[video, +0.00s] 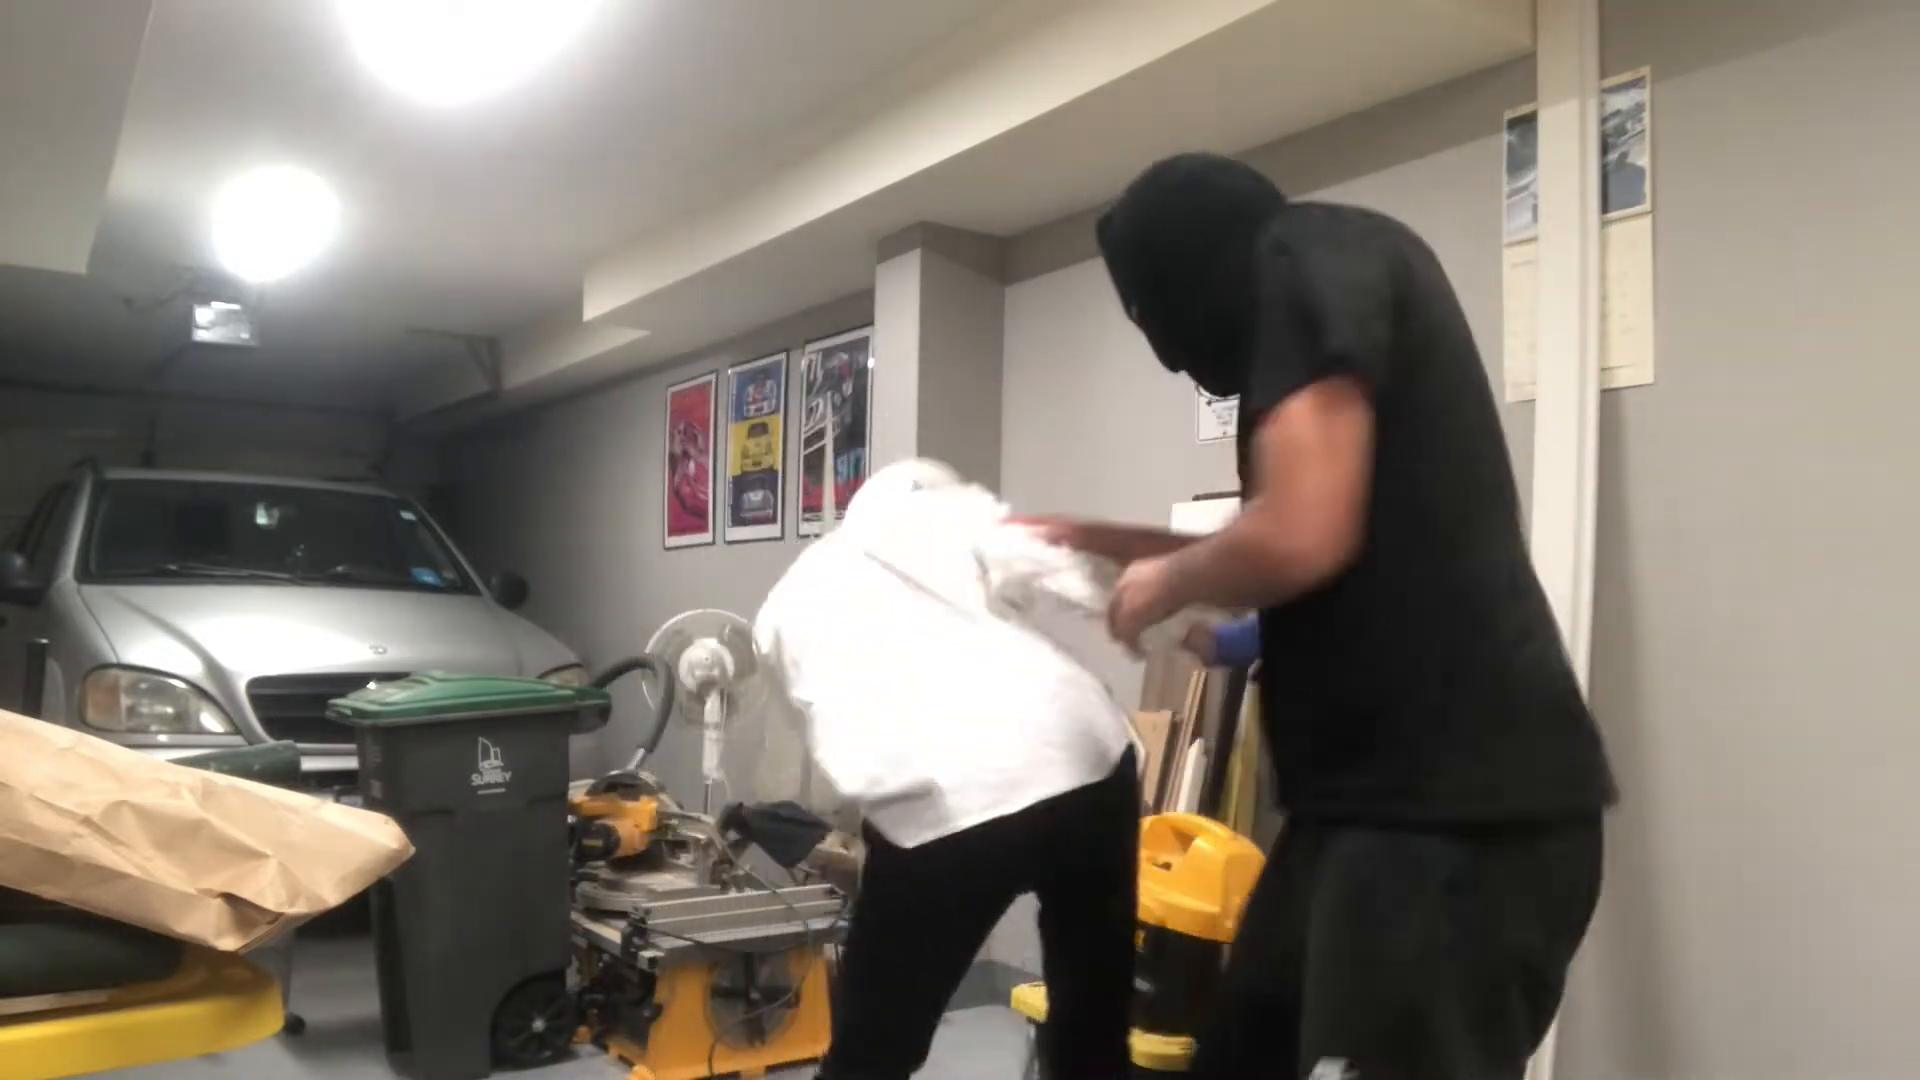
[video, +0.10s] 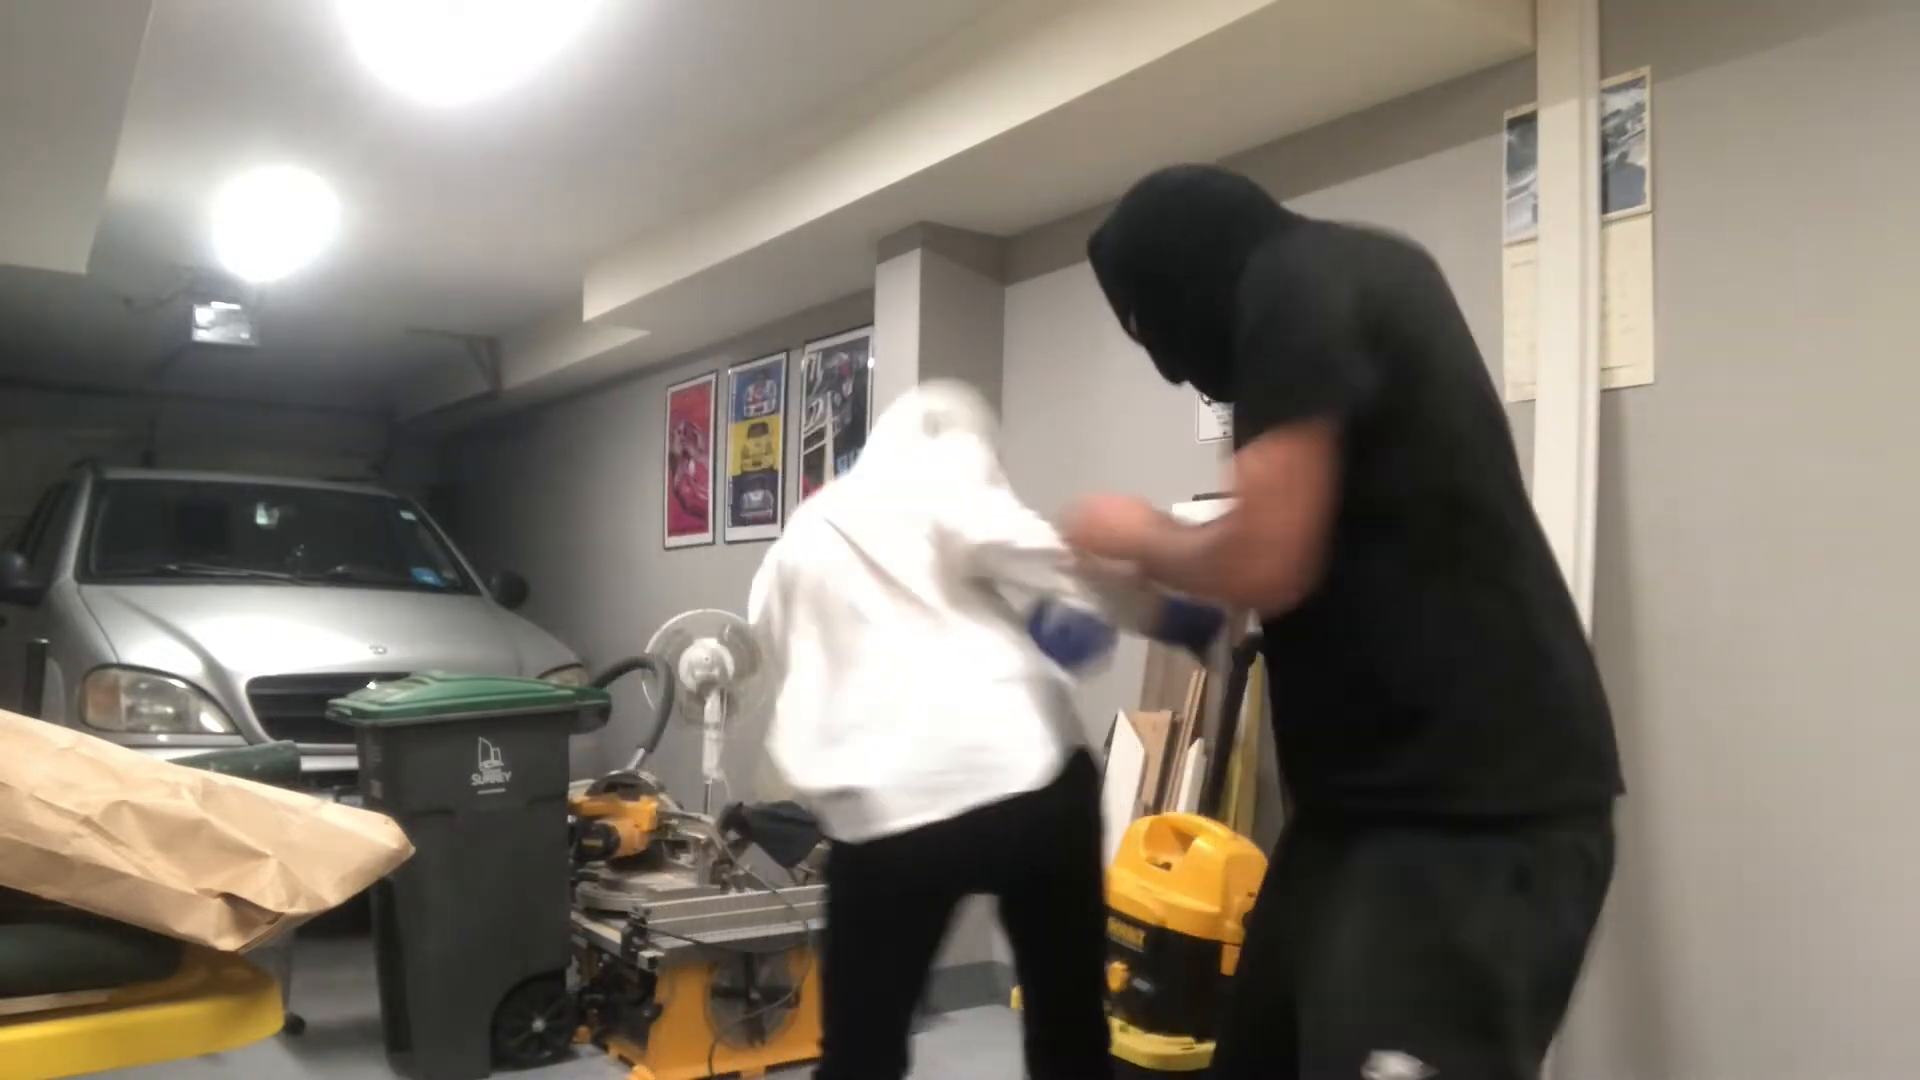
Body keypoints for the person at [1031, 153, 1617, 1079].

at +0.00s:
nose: (1167, 349)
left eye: (1157, 311)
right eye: (1149, 320)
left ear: (1192, 264)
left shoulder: (1318, 251)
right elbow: (1285, 542)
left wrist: (1172, 583)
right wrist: (1112, 544)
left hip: (1452, 821)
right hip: (1367, 810)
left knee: (1407, 1062)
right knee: (1241, 1062)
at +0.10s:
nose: (1162, 359)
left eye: (1149, 322)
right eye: (1141, 331)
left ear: (1186, 270)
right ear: (1223, 234)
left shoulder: (1307, 281)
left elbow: (1268, 560)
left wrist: (1146, 538)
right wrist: (1176, 581)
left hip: (1468, 817)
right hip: (1367, 808)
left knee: (1393, 1061)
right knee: (1260, 1060)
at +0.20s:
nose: (1167, 379)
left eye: (1157, 353)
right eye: (1152, 362)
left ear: (1183, 305)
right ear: (1265, 251)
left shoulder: (1257, 337)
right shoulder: (1455, 333)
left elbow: (1119, 580)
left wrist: (1043, 543)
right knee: (1268, 1064)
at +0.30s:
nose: (1176, 372)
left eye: (1165, 344)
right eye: (1159, 355)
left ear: (1196, 290)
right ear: (1256, 240)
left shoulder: (1292, 298)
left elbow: (1124, 542)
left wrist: (1056, 558)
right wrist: (1254, 570)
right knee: (1277, 1069)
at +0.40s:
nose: (1201, 344)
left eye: (1193, 313)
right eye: (1185, 322)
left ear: (1231, 258)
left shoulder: (1340, 267)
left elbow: (1250, 560)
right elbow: (1325, 572)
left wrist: (1121, 540)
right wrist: (1164, 523)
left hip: (1491, 828)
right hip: (1410, 822)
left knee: (1444, 1062)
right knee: (1298, 1063)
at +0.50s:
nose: (1221, 326)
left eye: (1217, 293)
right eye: (1207, 301)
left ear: (1267, 243)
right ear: (1314, 213)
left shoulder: (1370, 270)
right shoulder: (1431, 268)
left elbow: (1318, 554)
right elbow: (1363, 536)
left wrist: (1169, 513)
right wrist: (1222, 504)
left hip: (1469, 824)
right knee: (1298, 1061)